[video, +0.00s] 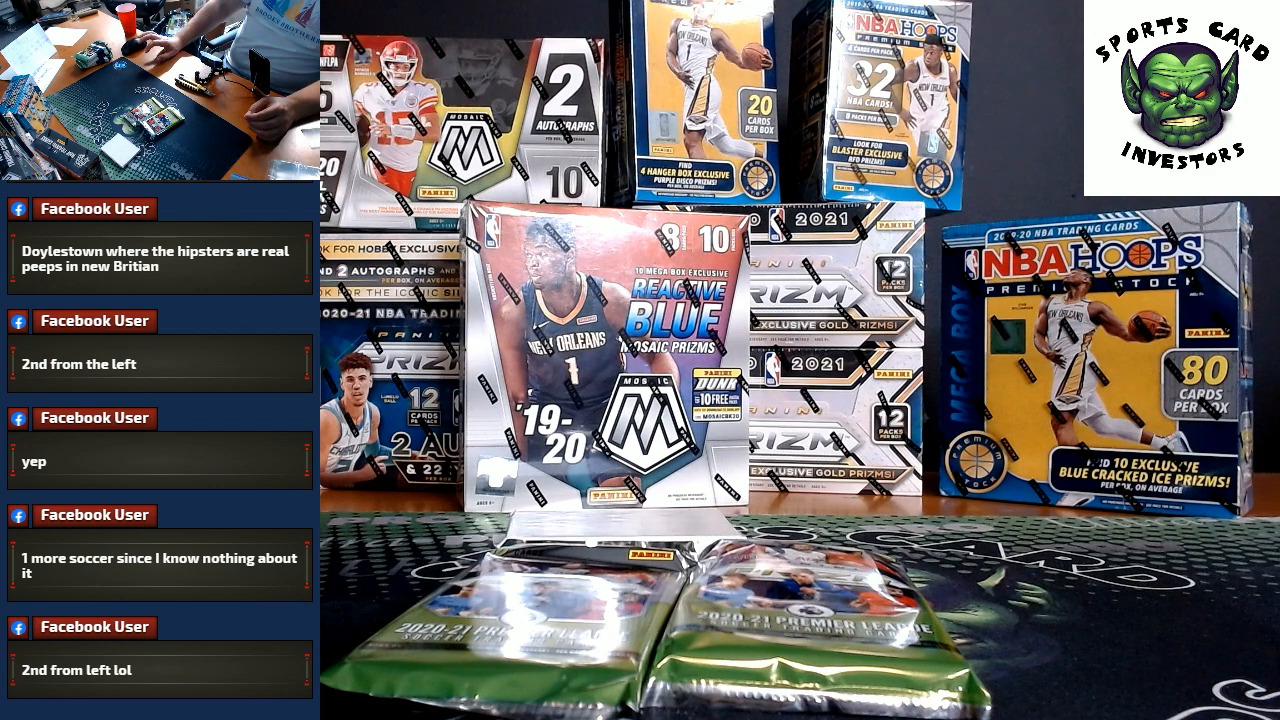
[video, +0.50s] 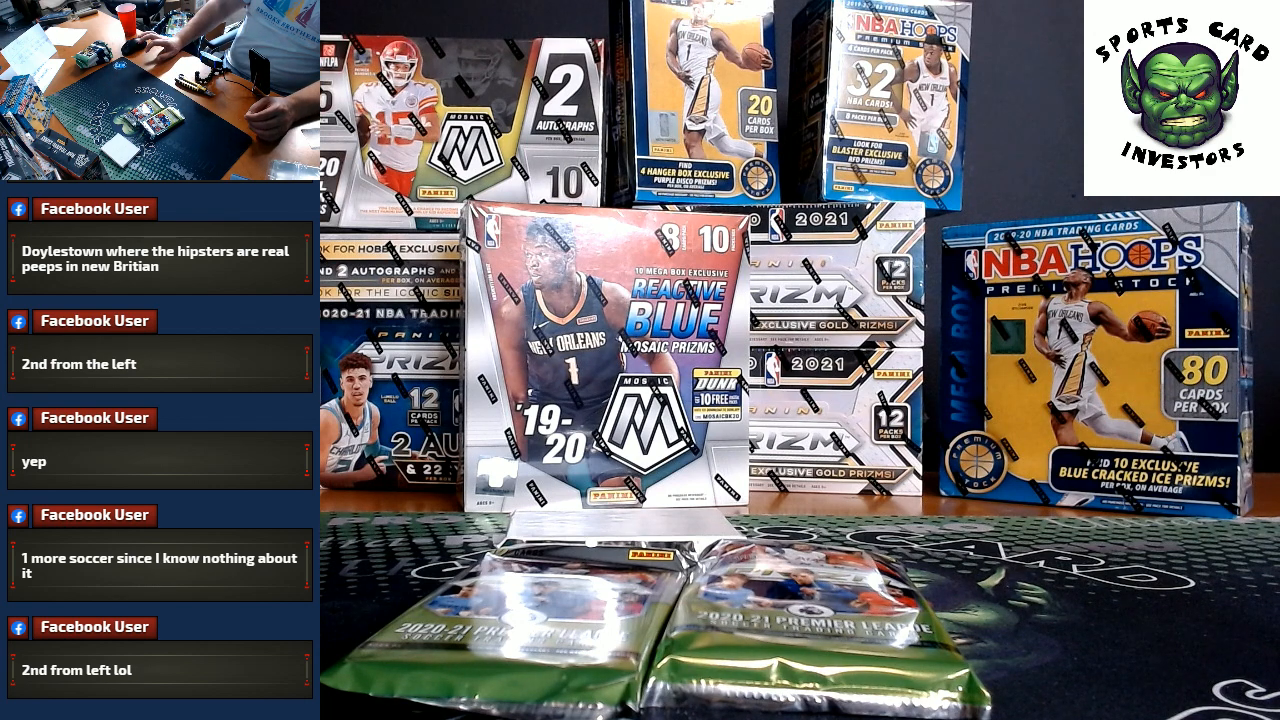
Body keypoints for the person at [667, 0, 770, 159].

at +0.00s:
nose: (697, 9)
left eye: (702, 6)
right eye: (695, 5)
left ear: (711, 12)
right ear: (691, 8)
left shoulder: (715, 34)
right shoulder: (678, 25)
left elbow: (739, 60)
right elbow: (670, 53)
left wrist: (764, 62)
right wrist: (678, 72)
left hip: (705, 87)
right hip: (692, 88)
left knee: (692, 141)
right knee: (725, 145)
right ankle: (767, 158)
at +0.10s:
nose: (697, 9)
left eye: (702, 6)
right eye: (695, 5)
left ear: (711, 12)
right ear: (691, 8)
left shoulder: (715, 34)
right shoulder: (678, 25)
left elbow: (740, 60)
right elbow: (670, 53)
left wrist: (764, 62)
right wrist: (678, 72)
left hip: (705, 87)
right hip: (692, 88)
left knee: (692, 141)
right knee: (725, 145)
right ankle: (767, 158)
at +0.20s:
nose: (697, 9)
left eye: (703, 6)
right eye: (695, 5)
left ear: (711, 12)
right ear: (691, 8)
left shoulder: (715, 34)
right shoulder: (678, 25)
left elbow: (740, 60)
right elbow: (670, 54)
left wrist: (765, 63)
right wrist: (678, 72)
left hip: (705, 87)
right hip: (692, 88)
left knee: (692, 141)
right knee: (725, 145)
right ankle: (766, 158)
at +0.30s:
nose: (697, 9)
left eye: (702, 6)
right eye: (694, 5)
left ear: (711, 12)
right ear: (691, 8)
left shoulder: (715, 34)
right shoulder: (678, 25)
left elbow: (740, 60)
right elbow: (670, 53)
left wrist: (764, 63)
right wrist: (678, 72)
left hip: (705, 87)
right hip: (692, 88)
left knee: (692, 141)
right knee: (725, 145)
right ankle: (767, 158)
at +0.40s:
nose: (697, 9)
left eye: (702, 6)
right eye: (694, 5)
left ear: (711, 12)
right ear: (691, 8)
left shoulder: (715, 34)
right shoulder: (678, 25)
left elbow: (740, 60)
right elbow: (670, 53)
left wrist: (764, 63)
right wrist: (678, 72)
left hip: (705, 87)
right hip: (692, 88)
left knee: (692, 141)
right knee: (725, 145)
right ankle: (767, 158)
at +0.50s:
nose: (697, 9)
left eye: (702, 6)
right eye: (694, 5)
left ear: (711, 12)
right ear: (691, 8)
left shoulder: (715, 34)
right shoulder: (678, 25)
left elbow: (739, 60)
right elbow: (670, 53)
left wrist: (764, 63)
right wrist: (678, 72)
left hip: (705, 87)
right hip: (692, 88)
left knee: (692, 141)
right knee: (725, 145)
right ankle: (767, 158)